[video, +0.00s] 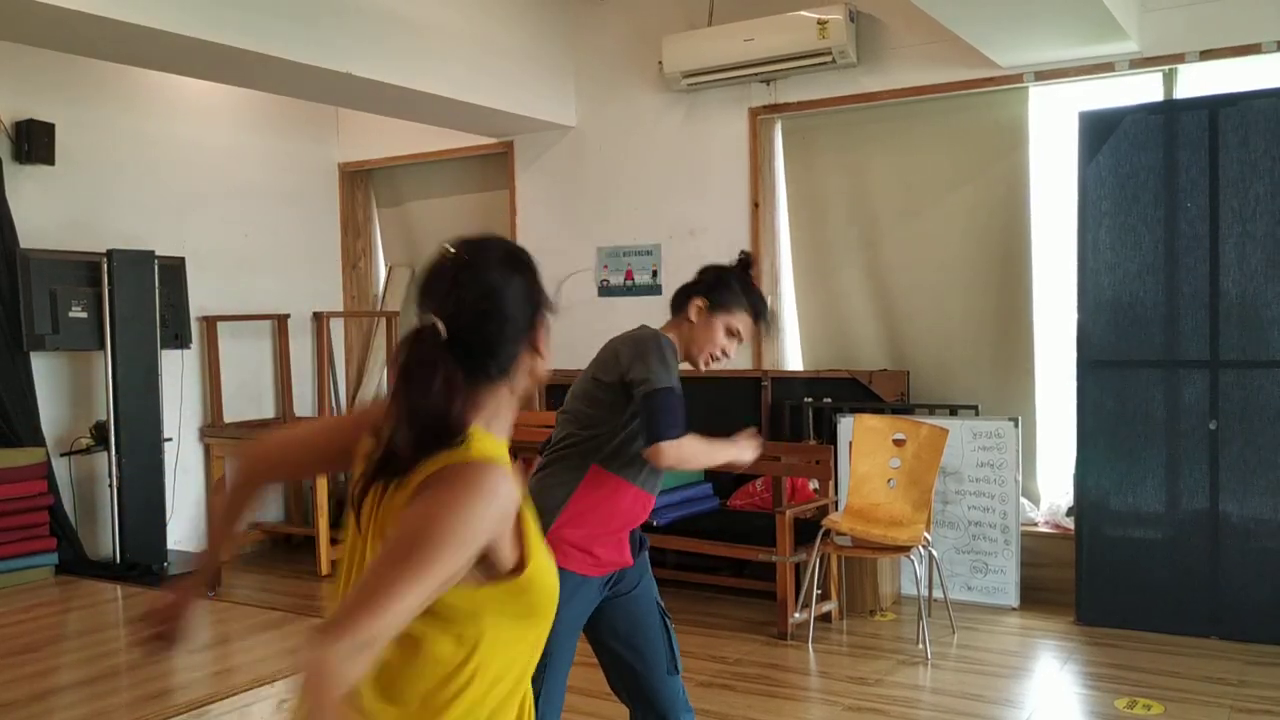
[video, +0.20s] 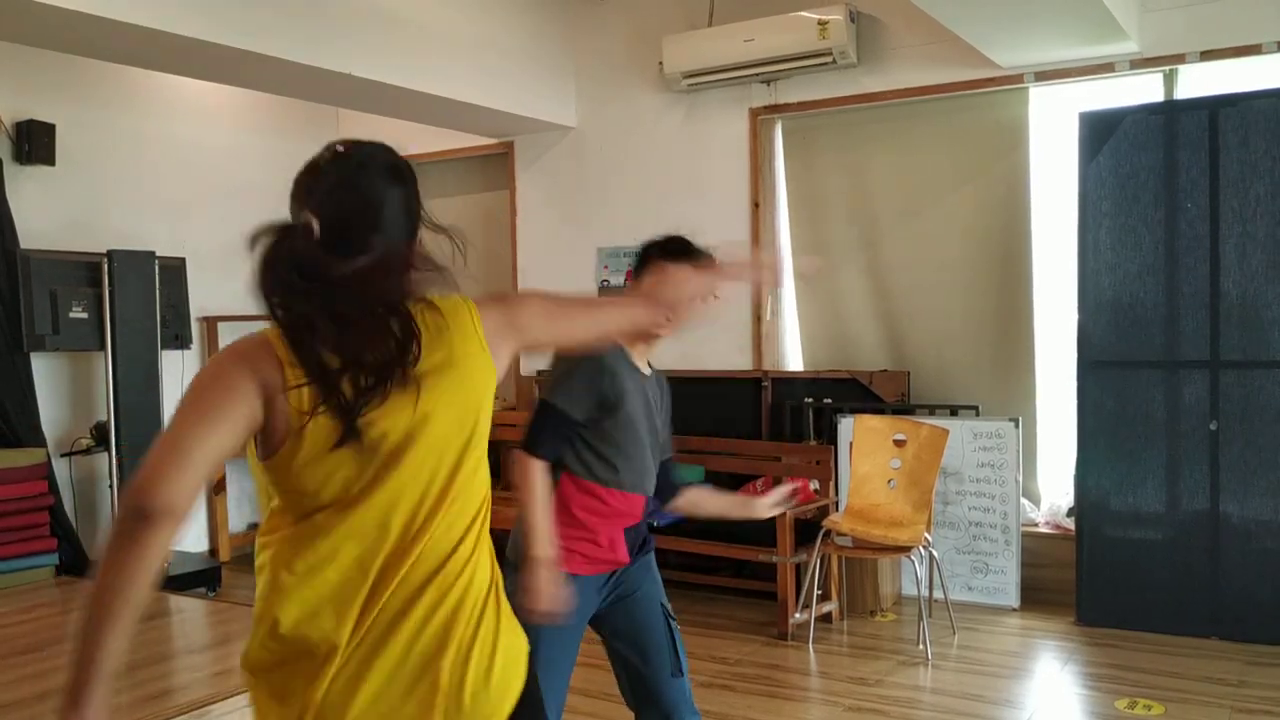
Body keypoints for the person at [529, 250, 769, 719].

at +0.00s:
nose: (730, 352)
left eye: (739, 344)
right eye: (730, 333)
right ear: (696, 309)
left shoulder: (662, 364)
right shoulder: (646, 349)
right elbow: (665, 450)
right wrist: (734, 450)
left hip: (620, 559)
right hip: (561, 558)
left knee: (665, 703)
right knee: (536, 707)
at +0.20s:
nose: (674, 308)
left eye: (688, 298)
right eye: (668, 290)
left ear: (696, 305)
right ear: (637, 283)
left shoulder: (654, 385)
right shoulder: (589, 363)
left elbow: (667, 492)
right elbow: (531, 457)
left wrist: (754, 506)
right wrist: (541, 560)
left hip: (629, 568)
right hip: (558, 571)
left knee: (672, 706)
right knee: (535, 709)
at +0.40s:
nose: (473, 318)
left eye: (473, 301)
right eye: (470, 305)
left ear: (497, 289)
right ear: (498, 292)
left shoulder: (592, 343)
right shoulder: (516, 363)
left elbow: (674, 416)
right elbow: (523, 448)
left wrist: (688, 513)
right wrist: (454, 428)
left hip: (611, 554)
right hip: (535, 557)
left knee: (659, 705)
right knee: (513, 703)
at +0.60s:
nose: (435, 377)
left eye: (423, 367)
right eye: (426, 370)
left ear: (429, 356)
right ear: (458, 326)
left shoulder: (499, 367)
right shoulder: (520, 358)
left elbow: (505, 493)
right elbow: (611, 403)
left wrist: (439, 579)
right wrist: (617, 474)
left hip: (602, 554)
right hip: (537, 559)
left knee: (647, 702)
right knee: (508, 697)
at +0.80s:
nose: (431, 361)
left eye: (425, 350)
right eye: (422, 353)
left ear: (443, 330)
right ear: (450, 324)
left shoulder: (526, 366)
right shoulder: (502, 372)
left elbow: (520, 482)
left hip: (602, 553)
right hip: (535, 555)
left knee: (647, 700)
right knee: (510, 699)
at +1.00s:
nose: (511, 298)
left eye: (520, 283)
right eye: (507, 284)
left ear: (561, 282)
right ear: (509, 288)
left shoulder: (632, 361)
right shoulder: (511, 365)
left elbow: (687, 443)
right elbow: (502, 447)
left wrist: (630, 432)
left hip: (603, 562)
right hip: (517, 566)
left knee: (653, 706)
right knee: (499, 705)